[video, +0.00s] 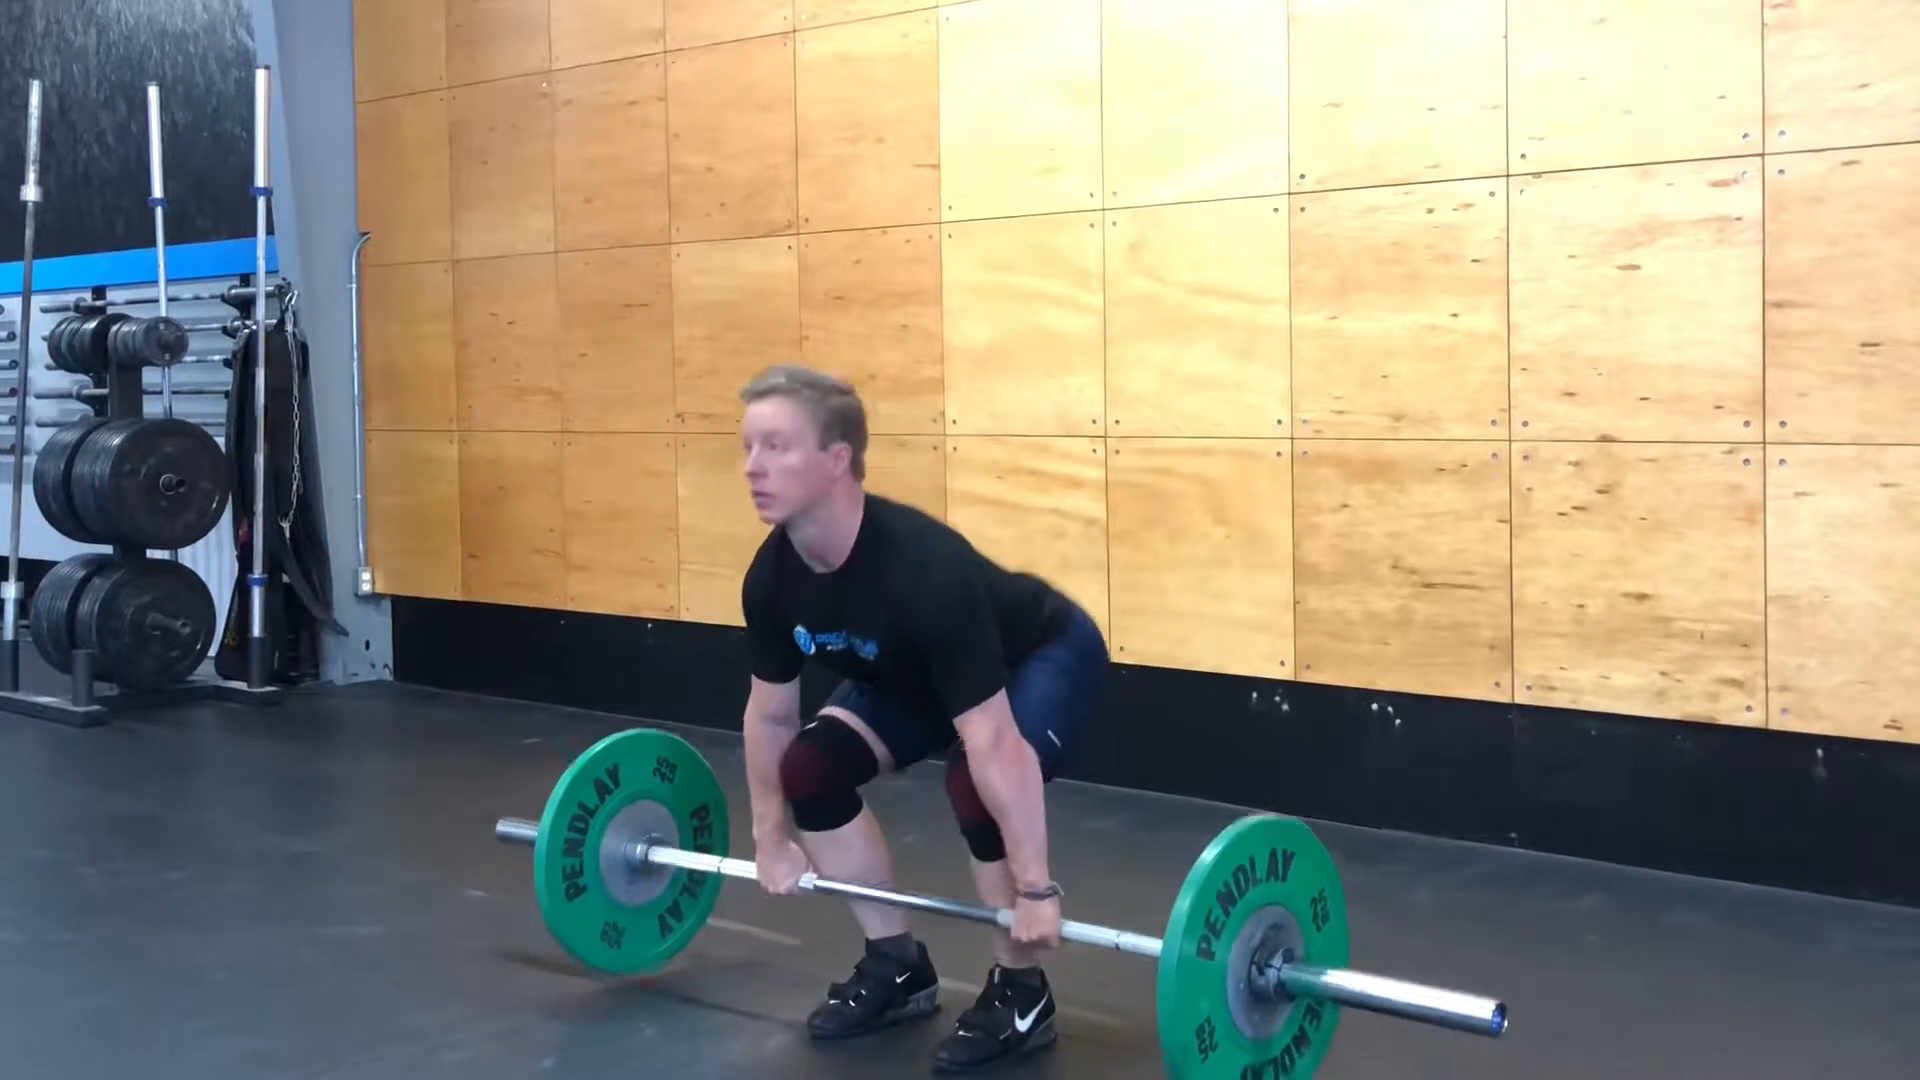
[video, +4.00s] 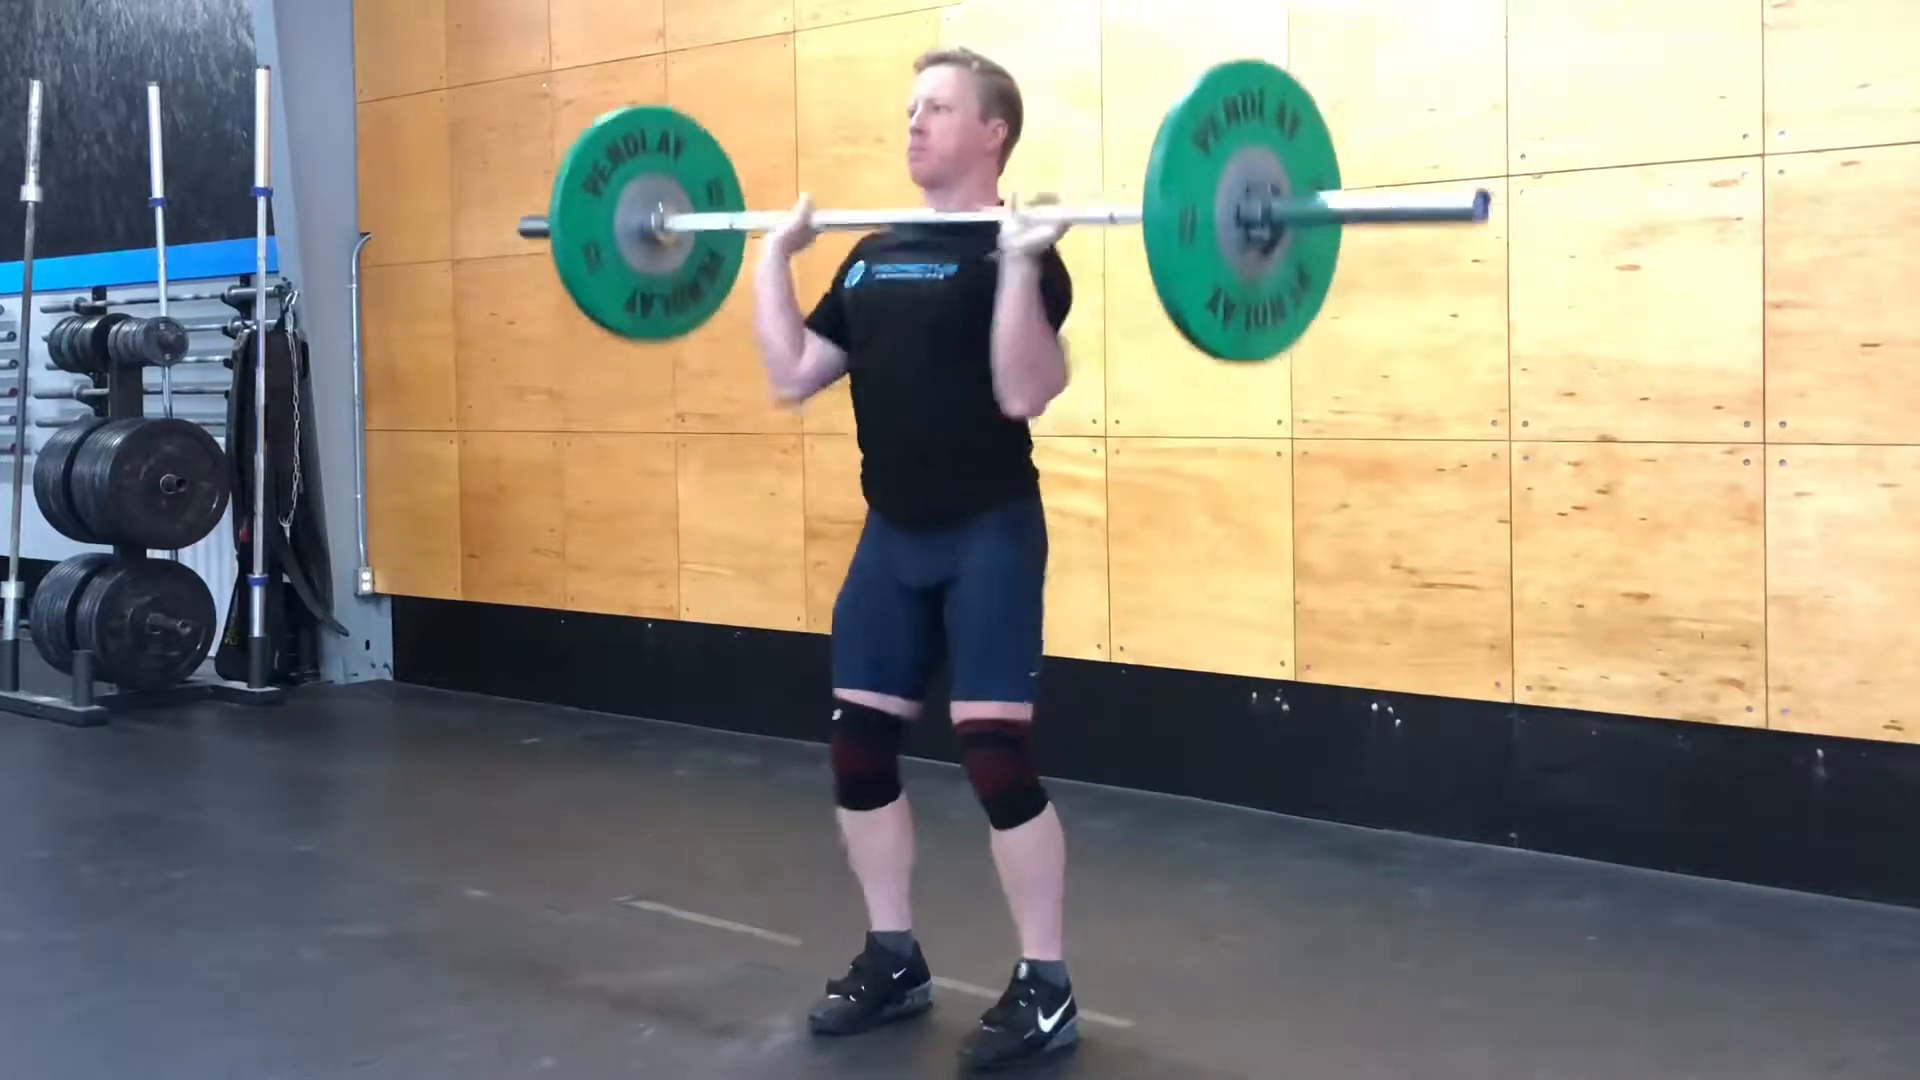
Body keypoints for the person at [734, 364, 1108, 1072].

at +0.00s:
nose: (752, 466)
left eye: (775, 446)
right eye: (748, 447)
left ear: (838, 461)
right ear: (746, 456)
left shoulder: (924, 567)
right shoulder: (773, 582)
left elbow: (994, 741)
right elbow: (772, 716)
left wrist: (1036, 886)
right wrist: (770, 835)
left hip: (1046, 651)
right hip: (938, 664)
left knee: (977, 785)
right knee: (811, 768)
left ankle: (1021, 991)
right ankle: (896, 961)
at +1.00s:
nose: (911, 122)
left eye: (932, 108)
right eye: (909, 108)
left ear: (992, 127)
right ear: (917, 129)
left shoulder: (1033, 247)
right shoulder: (884, 250)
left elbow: (1062, 395)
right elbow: (834, 382)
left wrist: (1050, 529)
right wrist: (792, 499)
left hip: (992, 532)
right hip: (889, 526)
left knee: (994, 754)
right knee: (865, 738)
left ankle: (1024, 987)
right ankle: (897, 962)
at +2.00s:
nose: (917, 118)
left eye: (938, 104)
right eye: (915, 105)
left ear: (996, 125)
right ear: (924, 127)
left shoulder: (1036, 249)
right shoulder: (883, 253)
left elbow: (1051, 400)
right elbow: (837, 392)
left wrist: (1047, 543)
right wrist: (799, 513)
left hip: (993, 535)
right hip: (892, 528)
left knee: (1000, 760)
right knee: (865, 737)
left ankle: (1024, 989)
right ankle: (897, 962)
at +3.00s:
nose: (903, 244)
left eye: (926, 231)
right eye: (903, 230)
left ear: (984, 255)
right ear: (909, 255)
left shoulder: (1020, 382)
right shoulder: (874, 379)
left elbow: (985, 515)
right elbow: (768, 487)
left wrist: (1008, 379)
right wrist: (766, 362)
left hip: (1046, 621)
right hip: (945, 625)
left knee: (1021, 786)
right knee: (804, 761)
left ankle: (1056, 993)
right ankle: (882, 960)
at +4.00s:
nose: (913, 124)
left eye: (936, 110)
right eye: (912, 110)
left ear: (993, 135)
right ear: (914, 132)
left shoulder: (1028, 254)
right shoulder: (876, 253)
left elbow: (1025, 394)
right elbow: (792, 373)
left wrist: (1018, 263)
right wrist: (772, 256)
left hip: (993, 532)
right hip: (891, 531)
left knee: (996, 760)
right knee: (860, 750)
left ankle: (1046, 990)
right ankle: (892, 964)